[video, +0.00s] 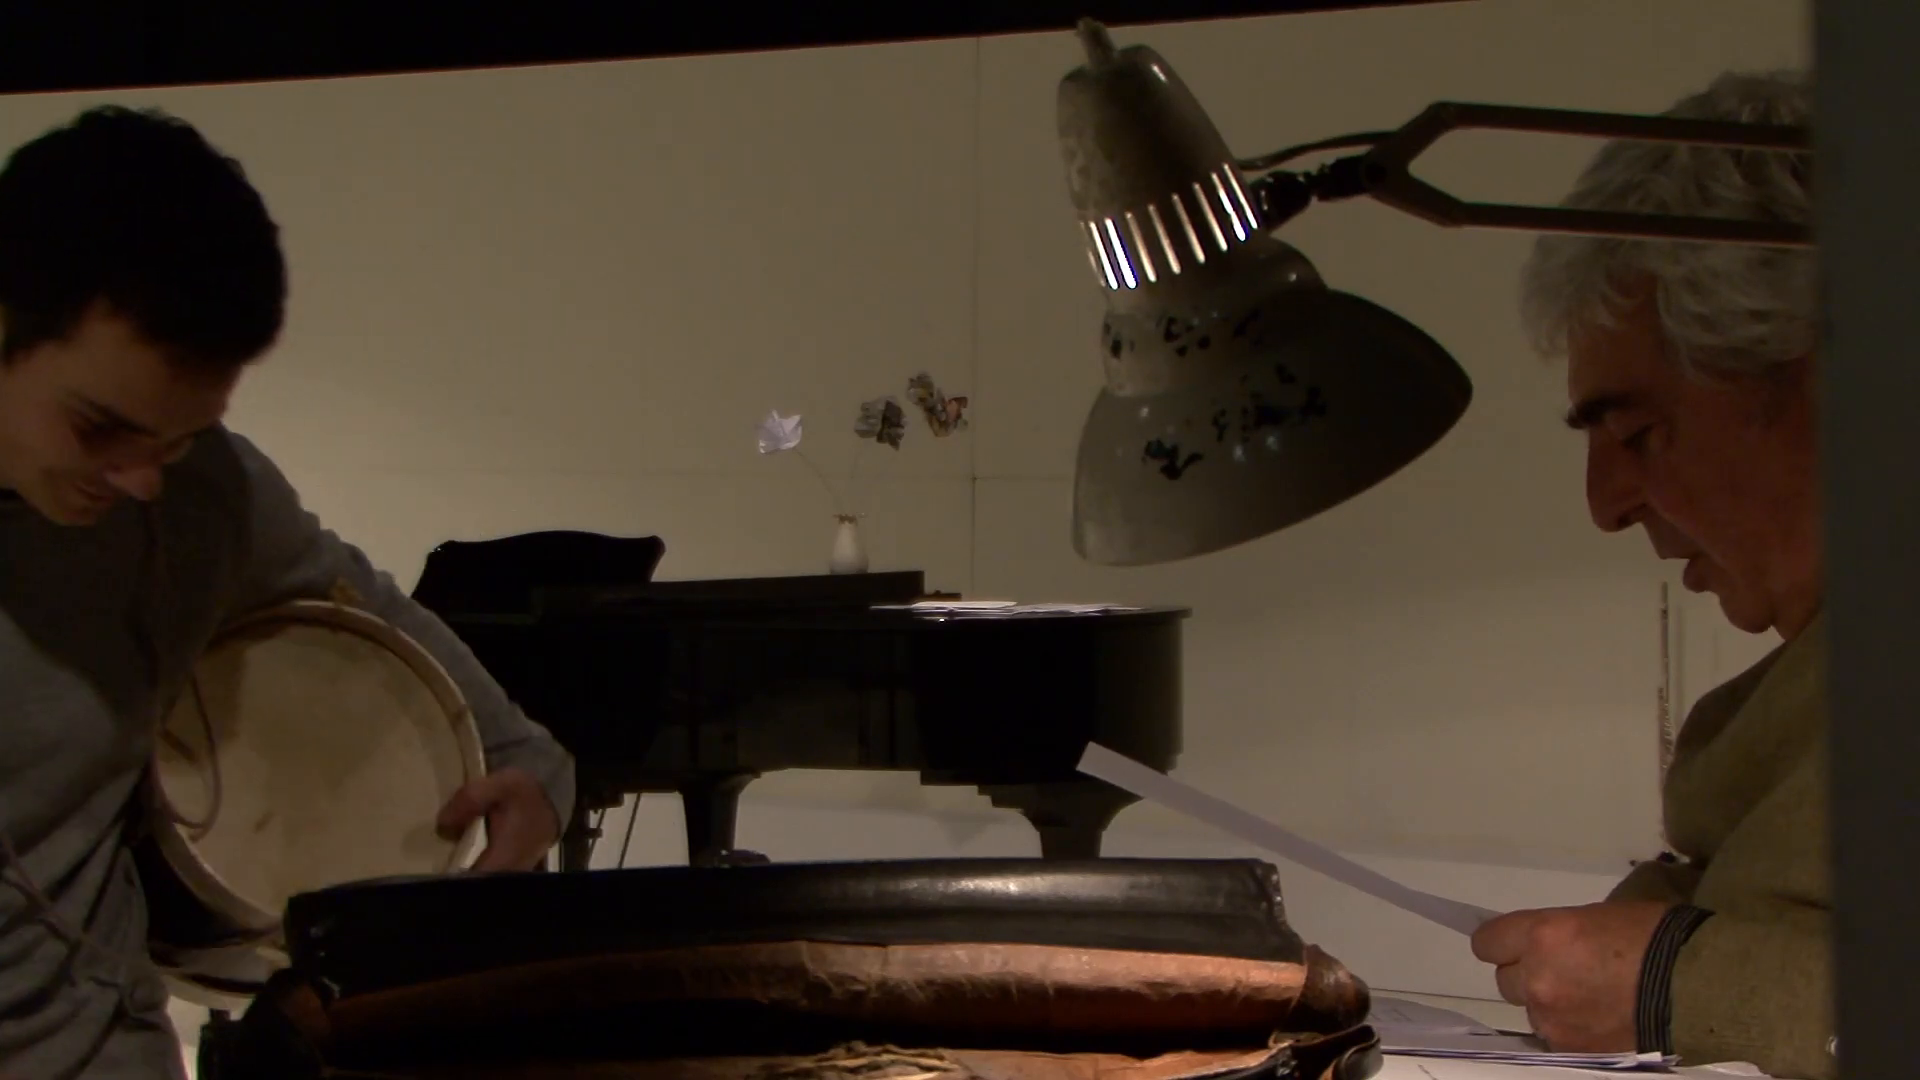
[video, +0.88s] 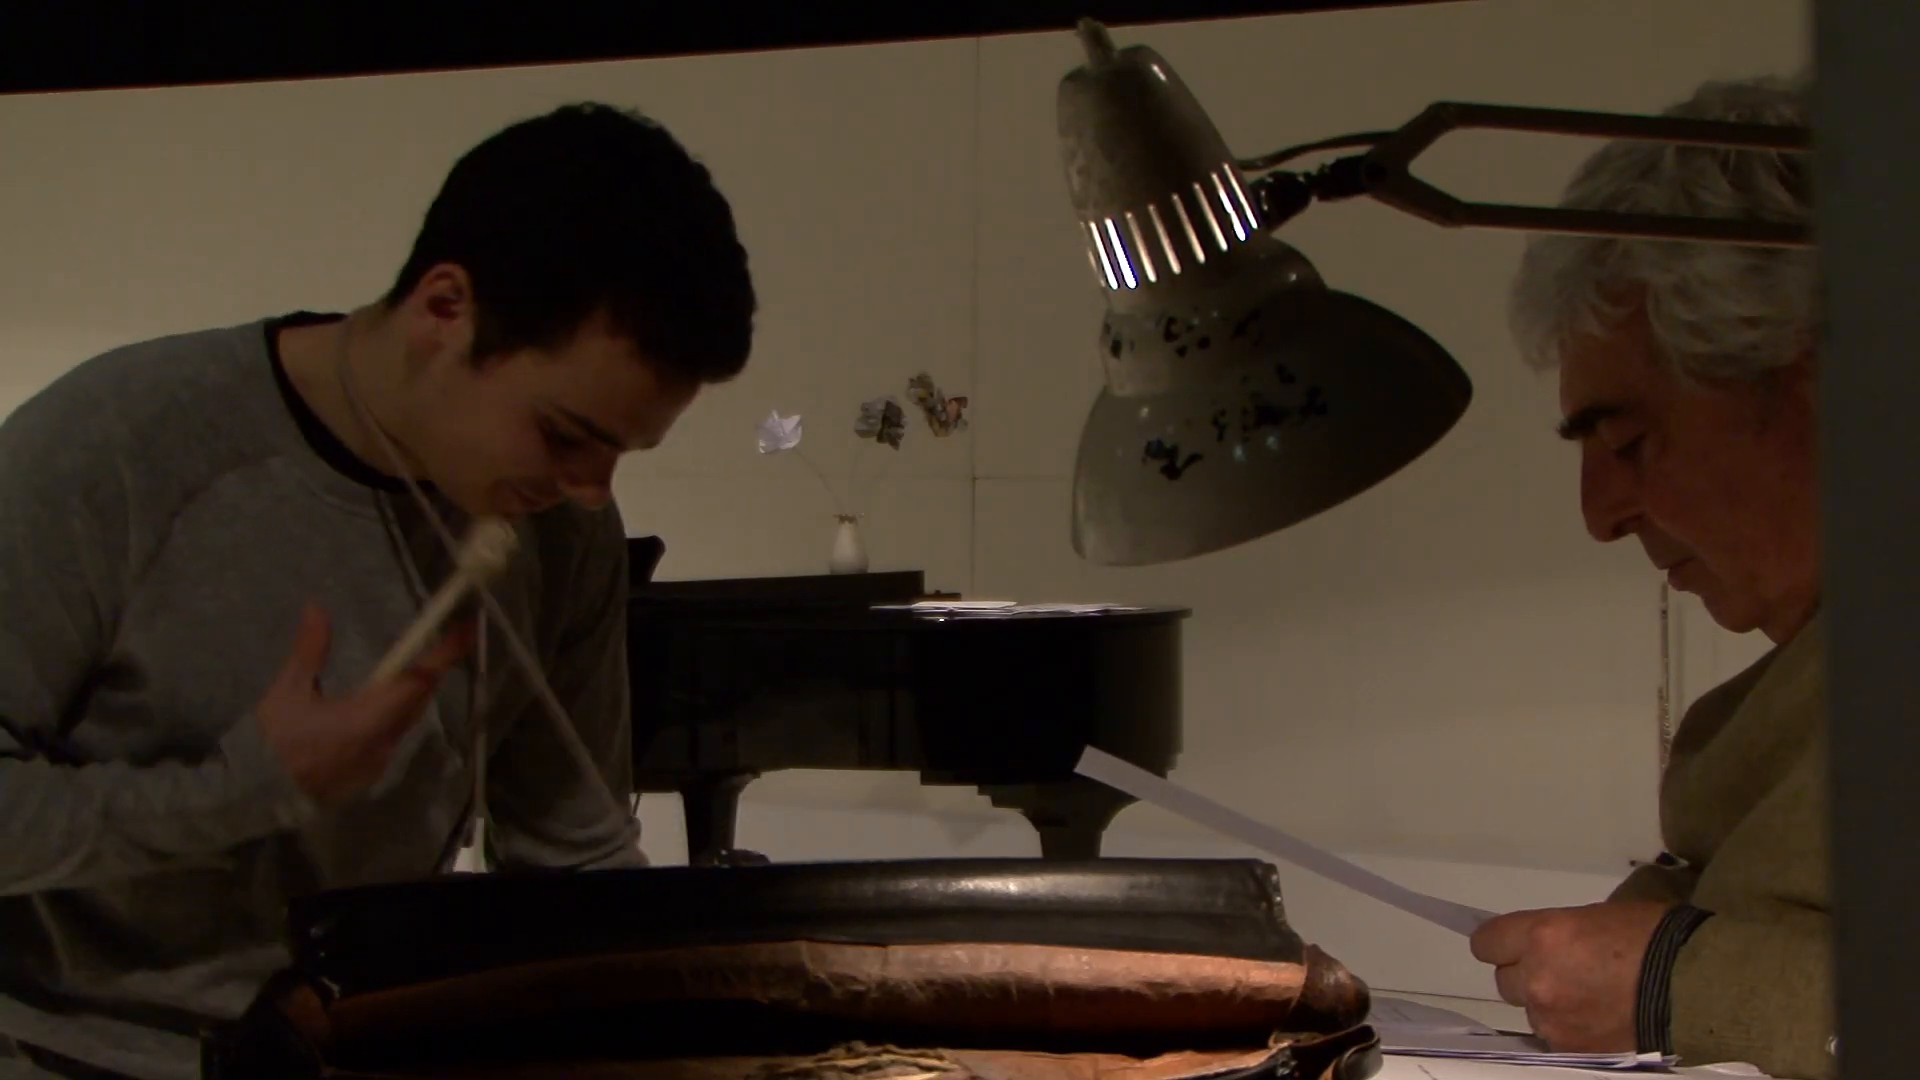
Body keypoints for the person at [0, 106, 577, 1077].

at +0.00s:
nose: (139, 481)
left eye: (179, 443)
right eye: (101, 428)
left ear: (214, 393)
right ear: (1, 335)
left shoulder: (196, 481)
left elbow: (360, 607)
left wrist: (525, 756)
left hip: (102, 1038)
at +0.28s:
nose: (186, 438)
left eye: (221, 397)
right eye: (147, 386)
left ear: (250, 348)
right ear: (15, 279)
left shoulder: (228, 467)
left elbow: (394, 641)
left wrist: (608, 760)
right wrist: (72, 996)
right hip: (22, 1036)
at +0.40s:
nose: (297, 427)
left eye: (326, 386)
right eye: (260, 375)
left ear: (359, 345)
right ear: (119, 264)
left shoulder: (312, 468)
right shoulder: (19, 479)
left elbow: (456, 670)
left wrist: (669, 788)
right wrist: (190, 958)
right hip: (49, 1049)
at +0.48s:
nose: (381, 432)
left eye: (407, 388)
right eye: (345, 379)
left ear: (440, 342)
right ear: (204, 272)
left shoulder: (383, 477)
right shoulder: (21, 467)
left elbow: (512, 695)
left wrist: (716, 822)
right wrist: (212, 946)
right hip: (78, 1051)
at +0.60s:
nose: (485, 459)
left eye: (513, 417)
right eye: (457, 405)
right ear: (319, 289)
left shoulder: (471, 498)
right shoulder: (33, 475)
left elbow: (570, 776)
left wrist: (753, 913)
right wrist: (221, 914)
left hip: (366, 1051)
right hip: (69, 1059)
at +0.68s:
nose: (540, 478)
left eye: (565, 437)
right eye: (510, 424)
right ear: (376, 307)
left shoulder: (514, 516)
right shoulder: (65, 472)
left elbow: (586, 820)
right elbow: (4, 854)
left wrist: (744, 948)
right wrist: (227, 888)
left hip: (364, 1050)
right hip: (72, 1055)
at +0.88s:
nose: (589, 491)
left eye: (622, 453)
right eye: (569, 433)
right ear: (442, 309)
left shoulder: (559, 530)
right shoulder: (101, 452)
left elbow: (572, 850)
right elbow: (1, 803)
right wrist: (239, 790)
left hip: (363, 1045)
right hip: (74, 1044)